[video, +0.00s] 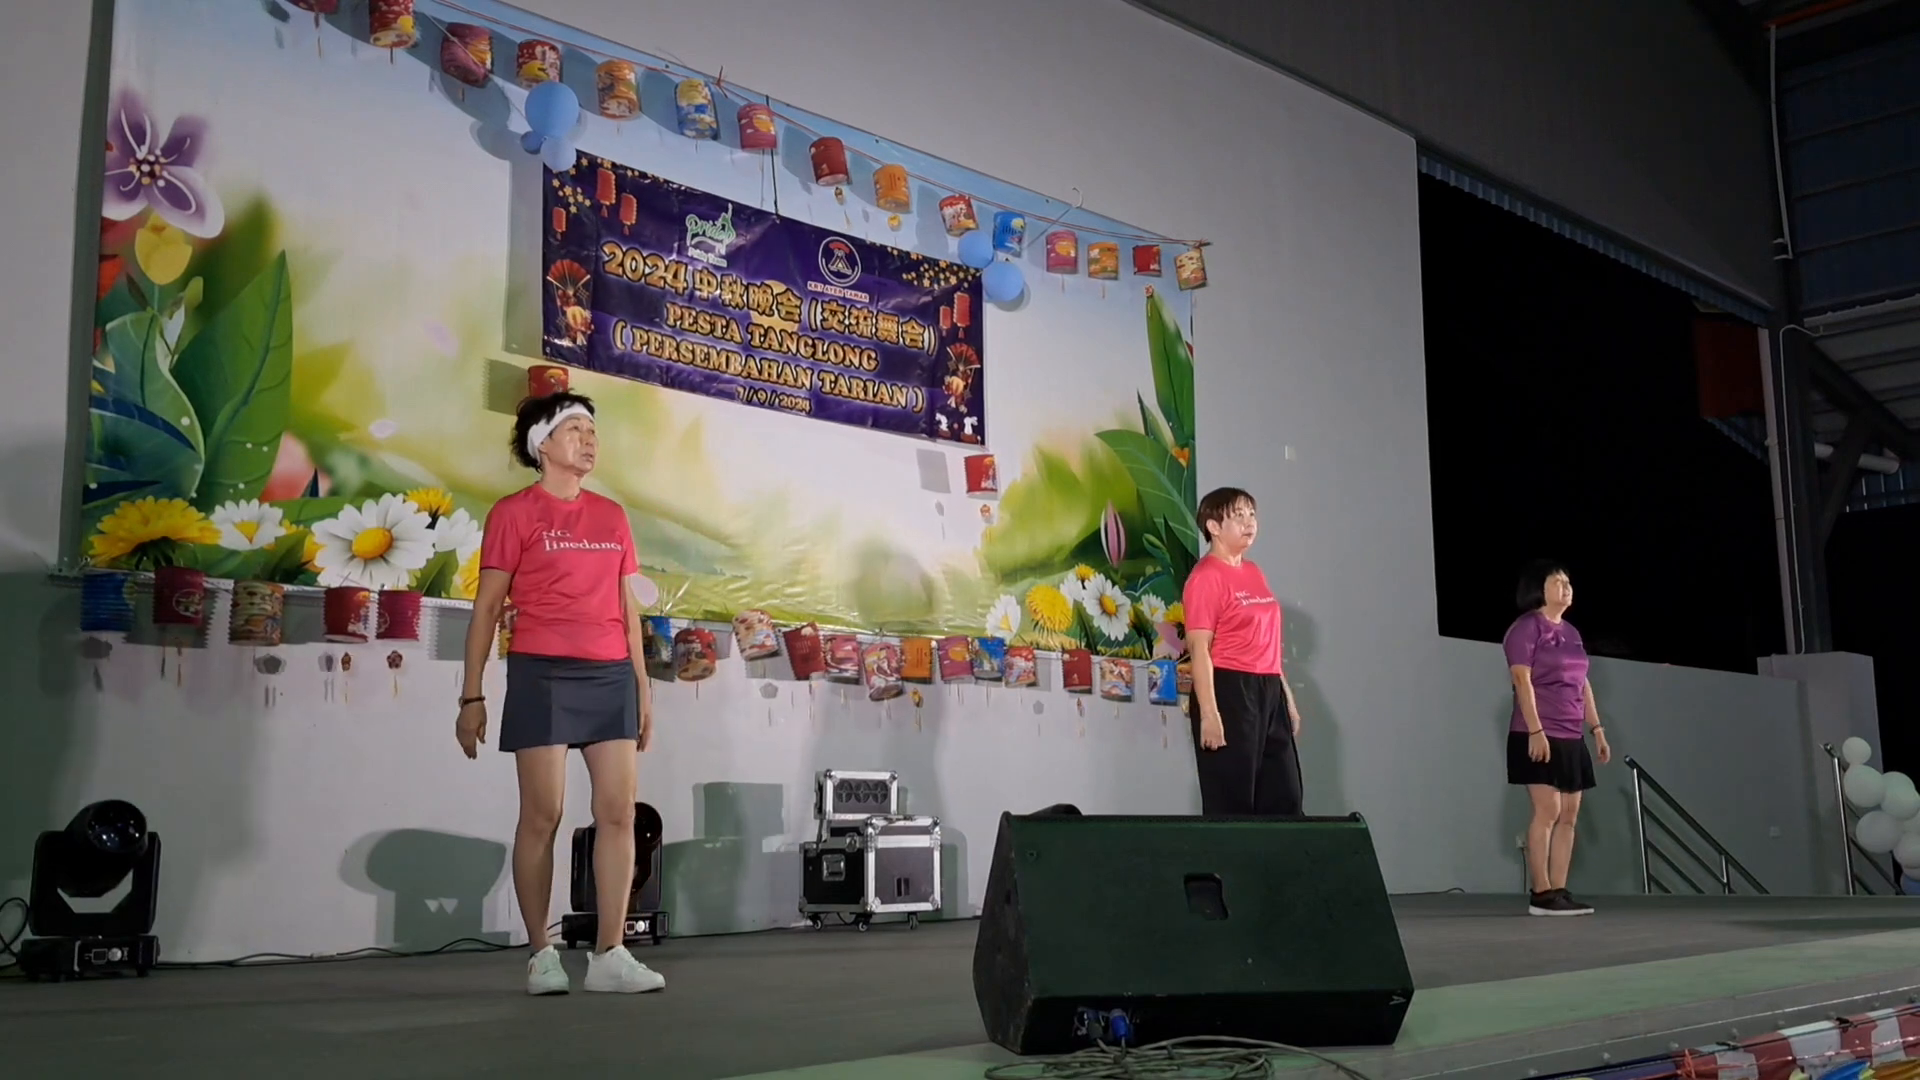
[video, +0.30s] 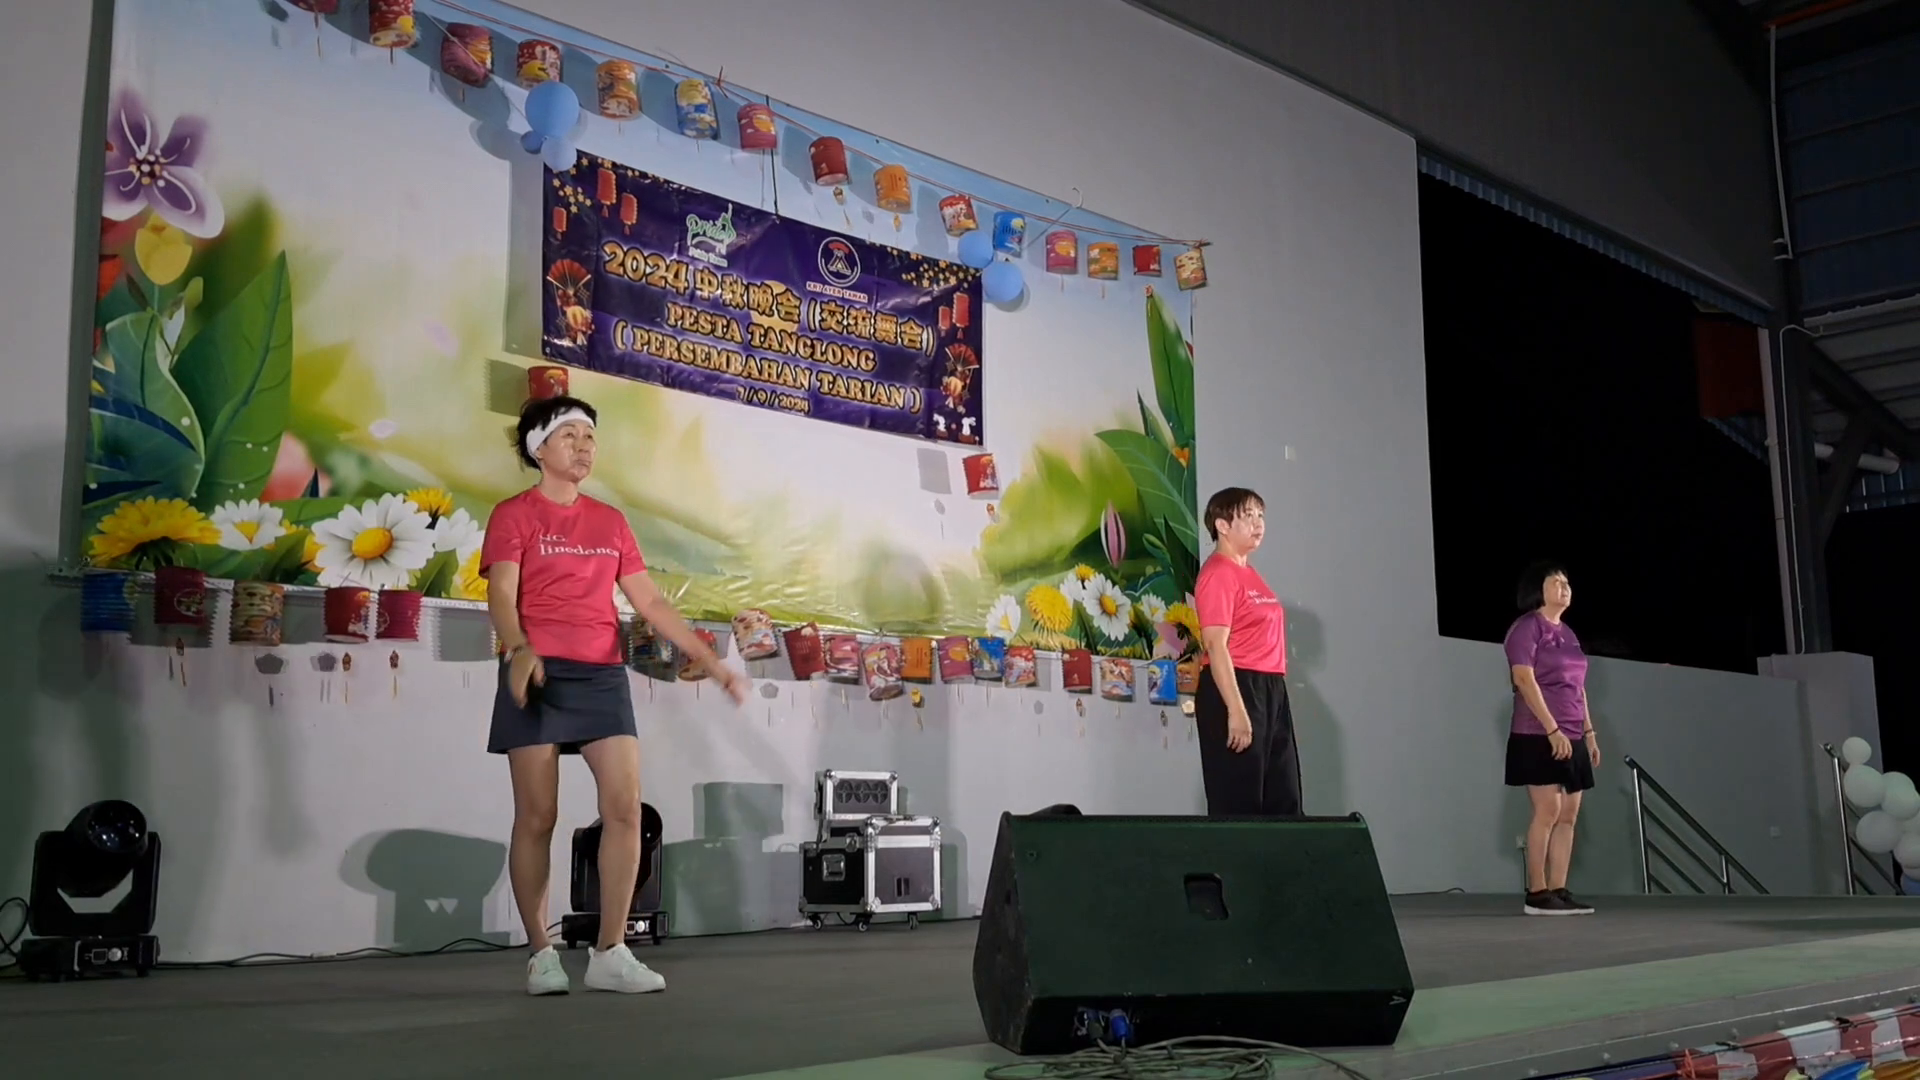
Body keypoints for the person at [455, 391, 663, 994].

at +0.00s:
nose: (588, 439)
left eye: (591, 432)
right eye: (575, 430)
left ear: (594, 446)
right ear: (541, 442)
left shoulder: (611, 516)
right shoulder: (514, 512)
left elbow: (630, 613)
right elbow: (487, 608)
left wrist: (643, 690)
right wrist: (472, 695)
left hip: (613, 677)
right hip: (540, 677)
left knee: (619, 812)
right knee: (543, 814)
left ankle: (610, 952)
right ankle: (542, 950)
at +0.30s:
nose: (583, 446)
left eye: (589, 438)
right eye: (570, 436)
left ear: (595, 449)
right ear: (538, 447)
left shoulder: (609, 521)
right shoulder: (515, 514)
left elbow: (651, 603)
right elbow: (502, 591)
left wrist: (710, 661)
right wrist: (516, 648)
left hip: (602, 676)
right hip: (534, 673)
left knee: (624, 807)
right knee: (537, 815)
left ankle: (609, 951)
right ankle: (542, 949)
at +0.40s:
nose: (580, 448)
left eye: (587, 437)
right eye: (566, 437)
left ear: (594, 449)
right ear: (536, 449)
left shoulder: (610, 523)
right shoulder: (513, 517)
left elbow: (656, 597)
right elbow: (503, 584)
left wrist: (727, 621)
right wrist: (532, 607)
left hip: (601, 676)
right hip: (530, 675)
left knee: (623, 807)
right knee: (535, 815)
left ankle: (610, 950)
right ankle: (543, 950)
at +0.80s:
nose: (581, 445)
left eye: (587, 437)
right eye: (567, 436)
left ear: (593, 450)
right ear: (536, 449)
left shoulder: (609, 520)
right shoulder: (517, 511)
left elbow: (671, 578)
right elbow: (503, 563)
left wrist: (719, 536)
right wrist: (545, 519)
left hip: (605, 673)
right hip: (537, 671)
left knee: (622, 807)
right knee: (542, 813)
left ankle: (610, 952)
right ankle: (542, 950)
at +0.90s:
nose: (582, 449)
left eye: (588, 439)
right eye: (568, 438)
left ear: (594, 450)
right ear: (536, 450)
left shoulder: (609, 520)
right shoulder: (516, 510)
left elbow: (671, 578)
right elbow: (504, 561)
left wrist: (717, 534)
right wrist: (549, 512)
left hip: (606, 674)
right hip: (539, 672)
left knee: (619, 808)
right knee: (546, 813)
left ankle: (610, 953)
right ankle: (542, 951)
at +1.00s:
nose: (582, 448)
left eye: (588, 439)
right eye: (569, 437)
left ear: (595, 451)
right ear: (536, 448)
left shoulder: (608, 521)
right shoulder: (515, 510)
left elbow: (669, 583)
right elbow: (505, 562)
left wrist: (712, 535)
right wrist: (548, 510)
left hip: (606, 674)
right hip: (540, 673)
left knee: (618, 809)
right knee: (546, 813)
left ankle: (610, 953)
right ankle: (542, 951)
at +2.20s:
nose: (584, 440)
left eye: (590, 431)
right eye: (570, 430)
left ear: (598, 446)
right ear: (540, 445)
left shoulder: (618, 519)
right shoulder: (513, 515)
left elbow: (614, 608)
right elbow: (481, 608)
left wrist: (614, 676)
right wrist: (448, 695)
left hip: (602, 680)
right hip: (530, 678)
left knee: (624, 808)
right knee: (533, 817)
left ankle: (609, 950)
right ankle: (541, 950)